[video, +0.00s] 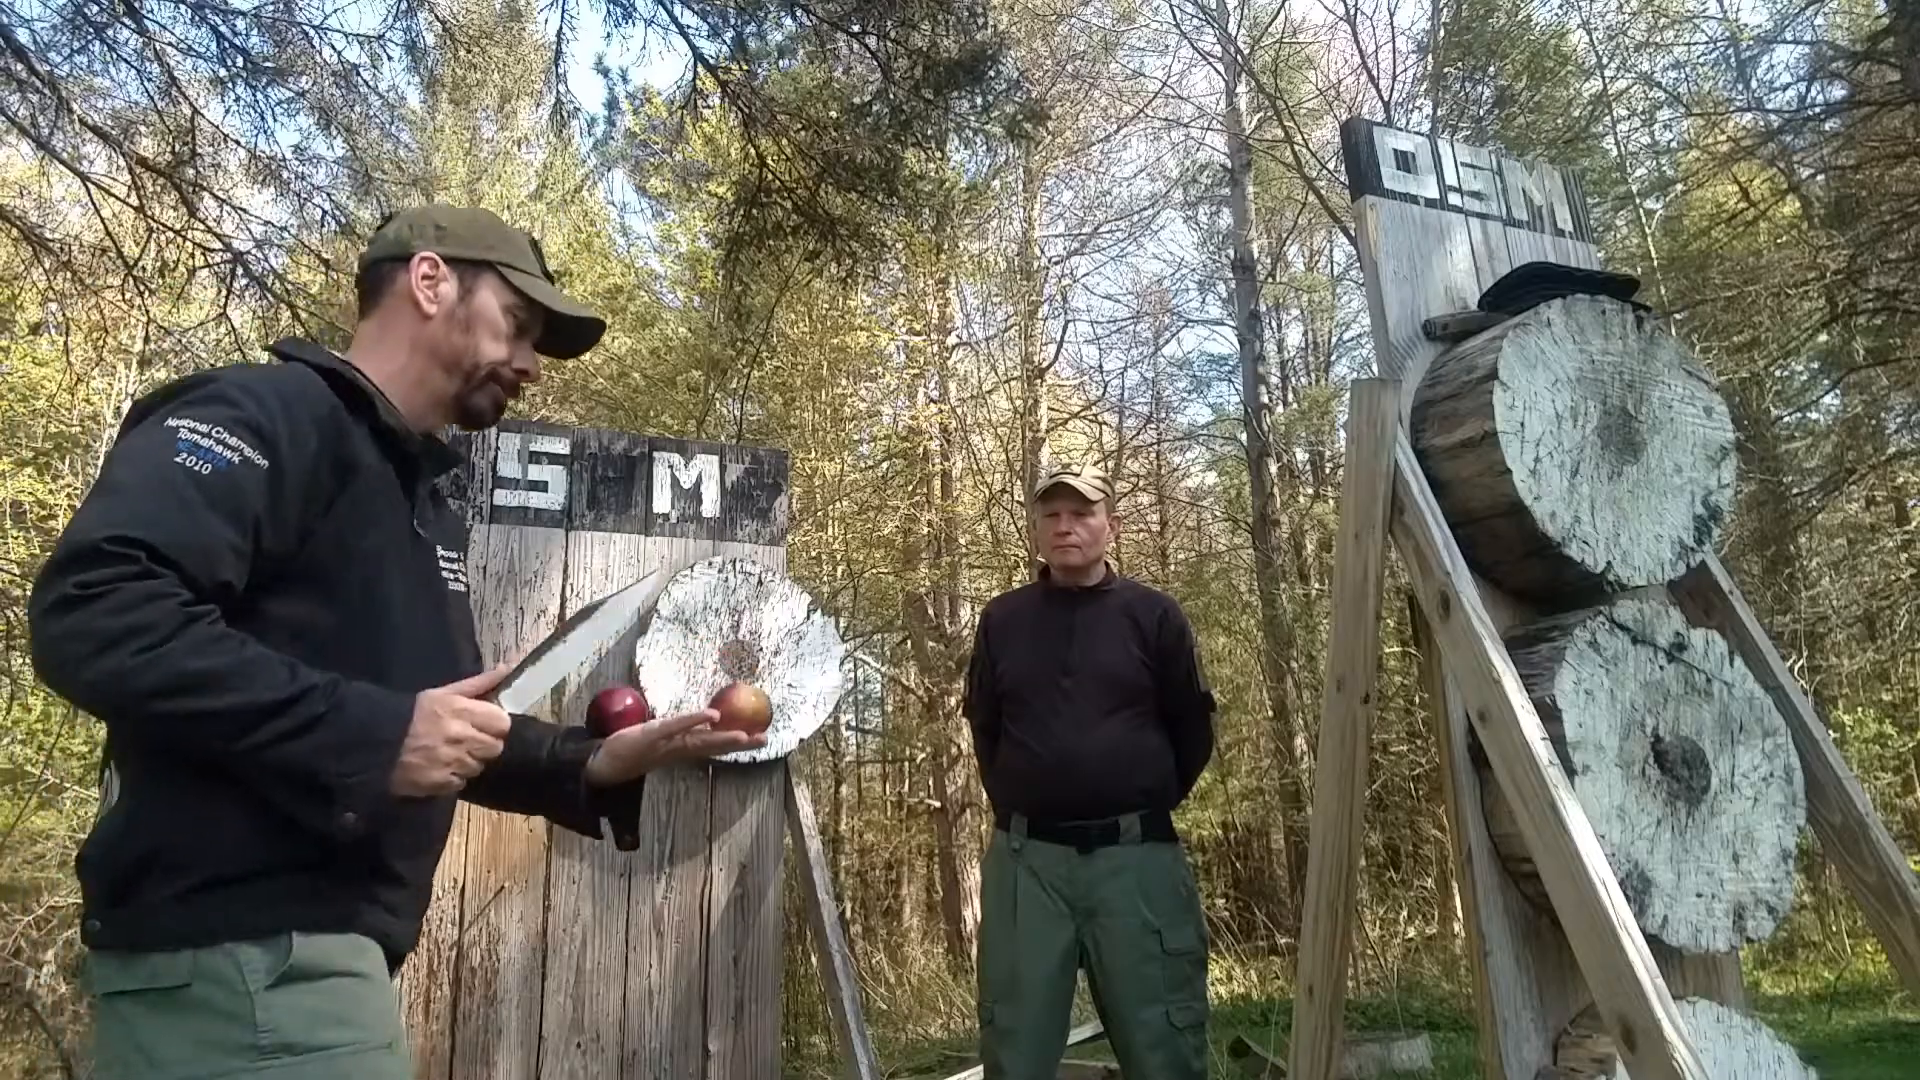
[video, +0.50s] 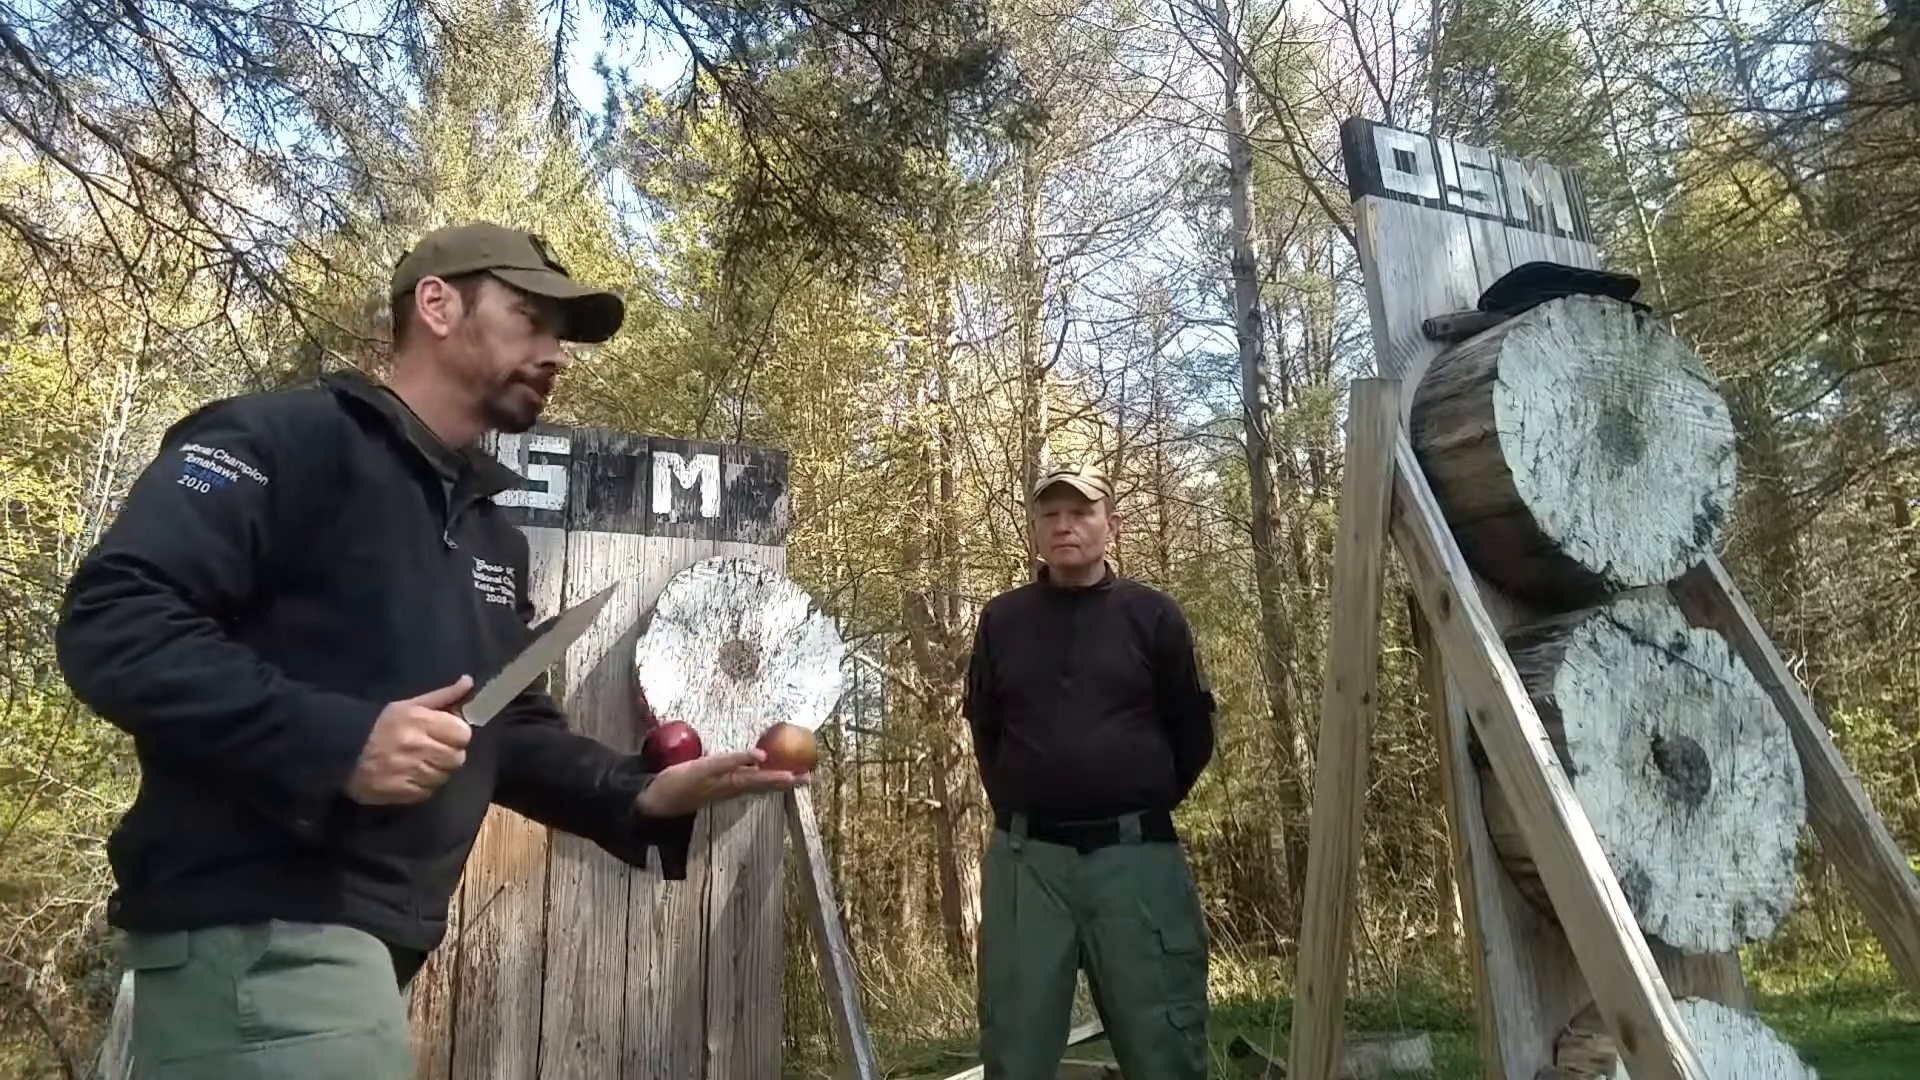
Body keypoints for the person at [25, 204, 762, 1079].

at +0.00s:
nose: (533, 364)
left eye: (541, 344)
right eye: (521, 324)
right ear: (431, 283)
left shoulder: (416, 496)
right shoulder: (264, 412)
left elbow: (428, 725)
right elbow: (92, 612)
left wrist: (600, 760)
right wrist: (371, 730)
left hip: (307, 955)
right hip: (243, 963)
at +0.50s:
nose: (559, 353)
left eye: (564, 334)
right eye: (536, 319)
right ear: (437, 309)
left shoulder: (491, 533)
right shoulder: (277, 439)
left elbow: (499, 727)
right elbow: (113, 625)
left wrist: (641, 796)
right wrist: (337, 739)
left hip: (358, 953)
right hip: (255, 943)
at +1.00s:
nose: (584, 317)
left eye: (588, 294)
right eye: (551, 281)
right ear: (452, 285)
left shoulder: (522, 514)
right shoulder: (331, 410)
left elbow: (524, 734)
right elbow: (179, 611)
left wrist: (708, 779)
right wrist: (442, 735)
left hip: (400, 942)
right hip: (307, 938)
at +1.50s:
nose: (558, 370)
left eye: (563, 347)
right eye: (536, 334)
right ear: (436, 321)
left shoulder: (480, 546)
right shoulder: (283, 447)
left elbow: (491, 752)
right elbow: (111, 633)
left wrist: (650, 808)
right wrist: (374, 747)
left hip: (346, 960)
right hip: (265, 961)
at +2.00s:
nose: (570, 453)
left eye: (573, 427)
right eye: (544, 416)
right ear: (444, 408)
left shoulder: (490, 643)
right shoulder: (286, 546)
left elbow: (487, 856)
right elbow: (126, 771)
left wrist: (648, 939)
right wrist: (393, 891)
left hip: (375, 1042)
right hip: (234, 1043)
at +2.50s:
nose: (513, 296)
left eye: (510, 275)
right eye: (480, 269)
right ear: (388, 285)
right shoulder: (385, 388)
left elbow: (559, 623)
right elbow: (570, 506)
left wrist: (585, 474)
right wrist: (781, 512)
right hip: (387, 887)